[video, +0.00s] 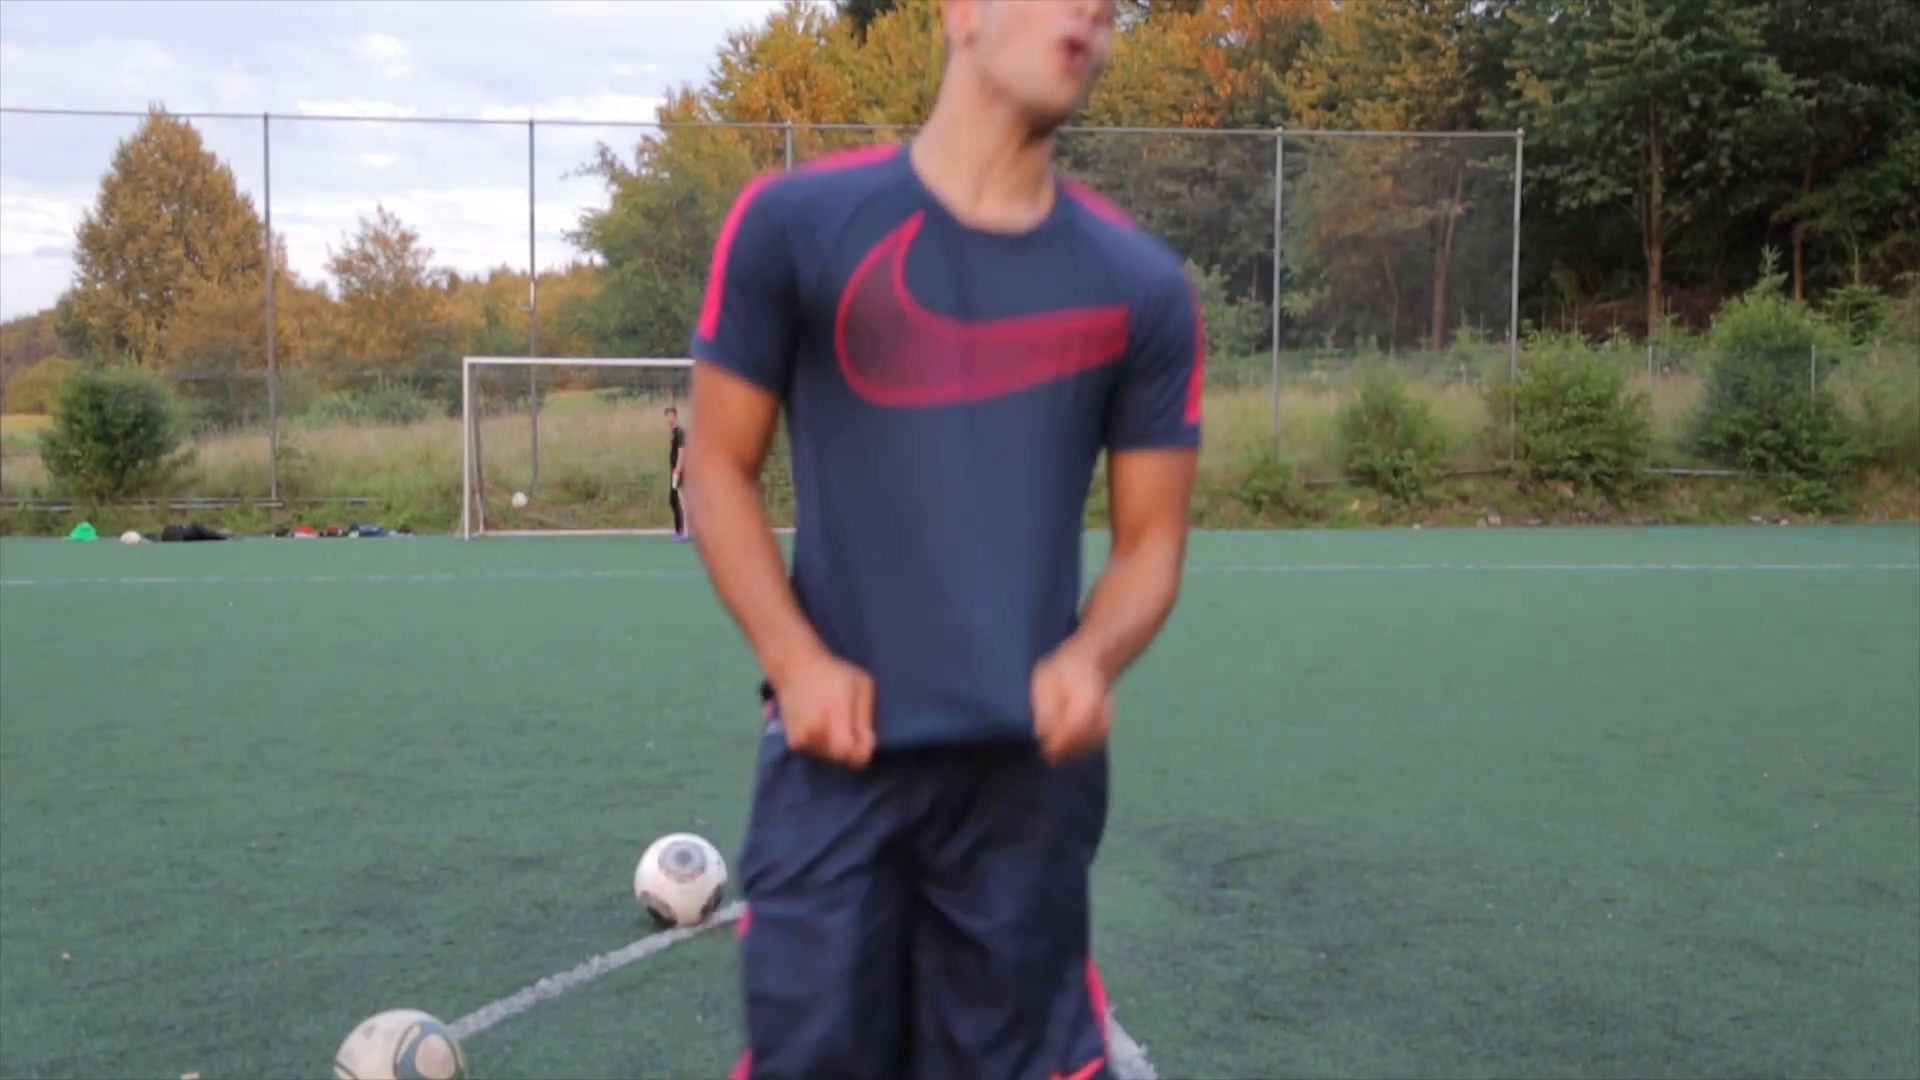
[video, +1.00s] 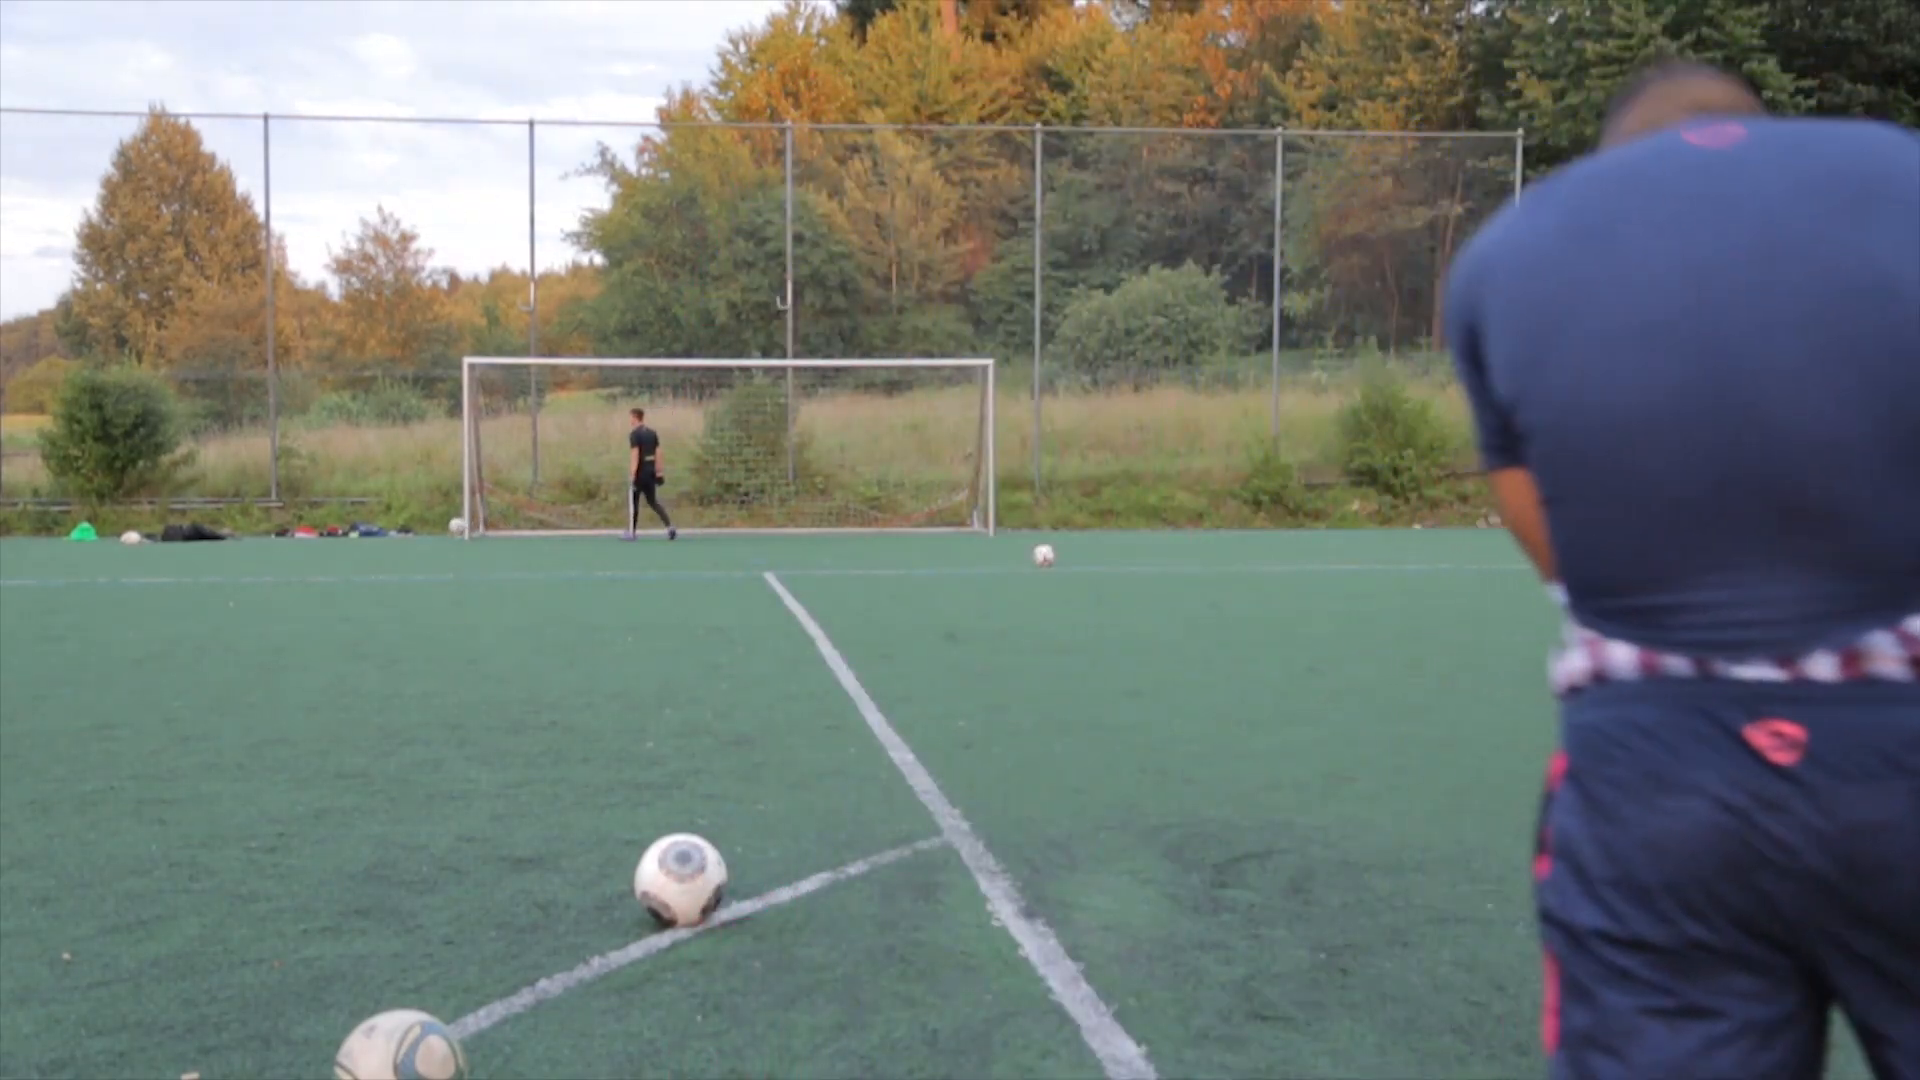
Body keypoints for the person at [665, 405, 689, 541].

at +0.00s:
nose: (669, 420)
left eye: (670, 416)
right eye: (667, 417)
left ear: (675, 417)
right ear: (666, 418)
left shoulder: (679, 433)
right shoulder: (674, 434)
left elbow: (681, 454)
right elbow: (677, 454)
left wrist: (677, 472)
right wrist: (674, 471)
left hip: (676, 472)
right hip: (673, 471)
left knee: (675, 500)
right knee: (674, 500)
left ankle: (681, 530)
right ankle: (679, 529)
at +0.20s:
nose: (663, 422)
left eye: (665, 418)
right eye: (662, 419)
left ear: (671, 418)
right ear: (667, 419)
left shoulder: (675, 434)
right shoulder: (673, 433)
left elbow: (673, 455)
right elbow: (672, 456)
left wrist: (666, 474)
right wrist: (666, 473)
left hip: (677, 470)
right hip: (675, 469)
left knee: (676, 500)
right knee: (672, 500)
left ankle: (682, 532)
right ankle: (678, 531)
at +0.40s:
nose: (658, 421)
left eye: (659, 417)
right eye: (657, 418)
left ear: (666, 416)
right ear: (668, 417)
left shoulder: (669, 432)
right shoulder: (678, 431)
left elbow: (667, 453)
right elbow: (680, 452)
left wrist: (657, 470)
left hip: (670, 471)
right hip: (678, 471)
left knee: (660, 498)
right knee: (675, 499)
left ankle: (674, 528)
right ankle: (677, 528)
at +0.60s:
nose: (654, 421)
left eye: (655, 418)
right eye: (653, 418)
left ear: (660, 417)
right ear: (665, 417)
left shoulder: (661, 432)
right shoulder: (674, 432)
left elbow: (661, 452)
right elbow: (678, 452)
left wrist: (652, 470)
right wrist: (678, 468)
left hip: (664, 467)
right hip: (675, 466)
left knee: (652, 496)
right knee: (677, 500)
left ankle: (649, 529)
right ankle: (678, 531)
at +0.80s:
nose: (643, 422)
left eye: (644, 419)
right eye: (643, 419)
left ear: (650, 419)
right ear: (654, 419)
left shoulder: (648, 435)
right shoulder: (665, 433)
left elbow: (649, 457)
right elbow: (671, 455)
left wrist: (645, 474)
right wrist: (672, 471)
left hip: (654, 469)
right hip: (667, 468)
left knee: (645, 502)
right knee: (671, 502)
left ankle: (635, 530)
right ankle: (677, 531)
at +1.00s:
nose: (631, 421)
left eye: (632, 418)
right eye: (631, 418)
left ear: (636, 419)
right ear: (642, 418)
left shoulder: (635, 434)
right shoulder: (652, 433)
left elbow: (635, 456)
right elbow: (658, 453)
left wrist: (632, 475)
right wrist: (659, 471)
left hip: (640, 470)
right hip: (651, 469)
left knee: (634, 500)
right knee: (652, 501)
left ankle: (632, 530)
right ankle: (669, 526)